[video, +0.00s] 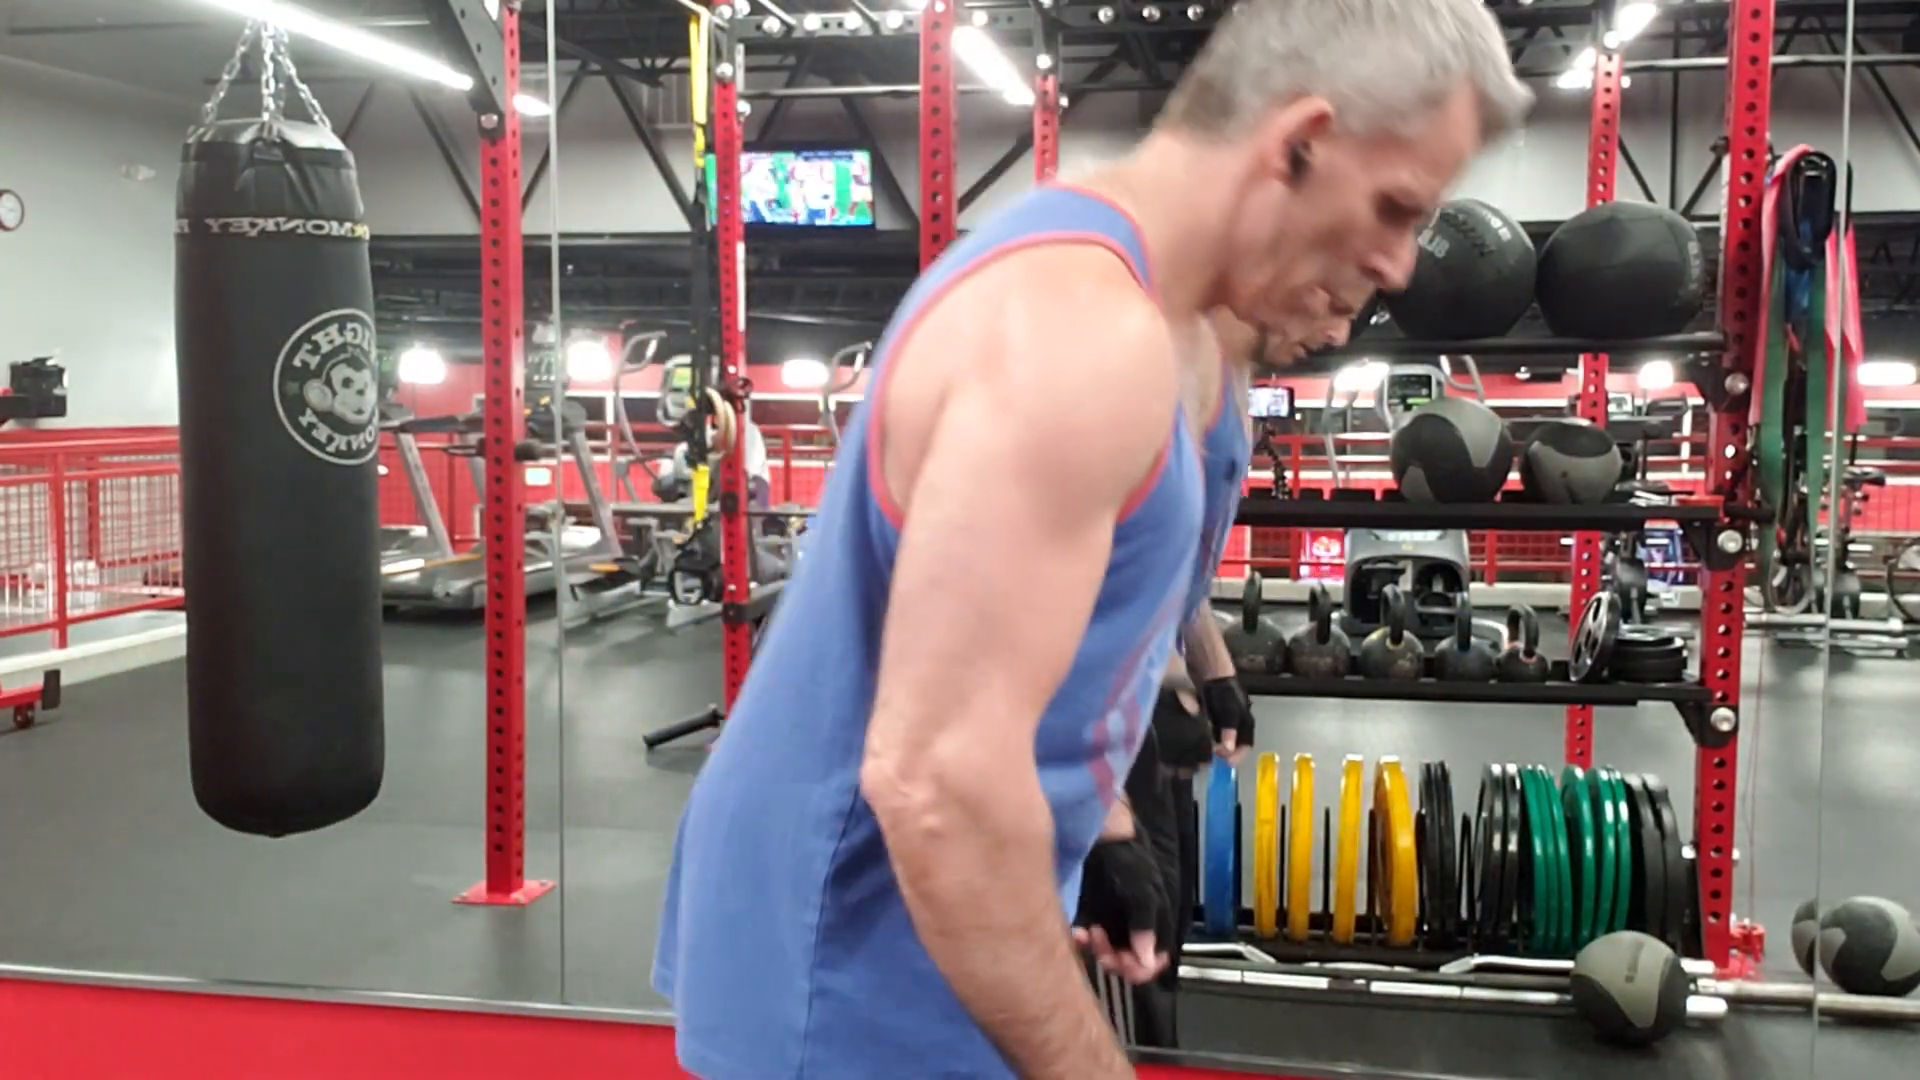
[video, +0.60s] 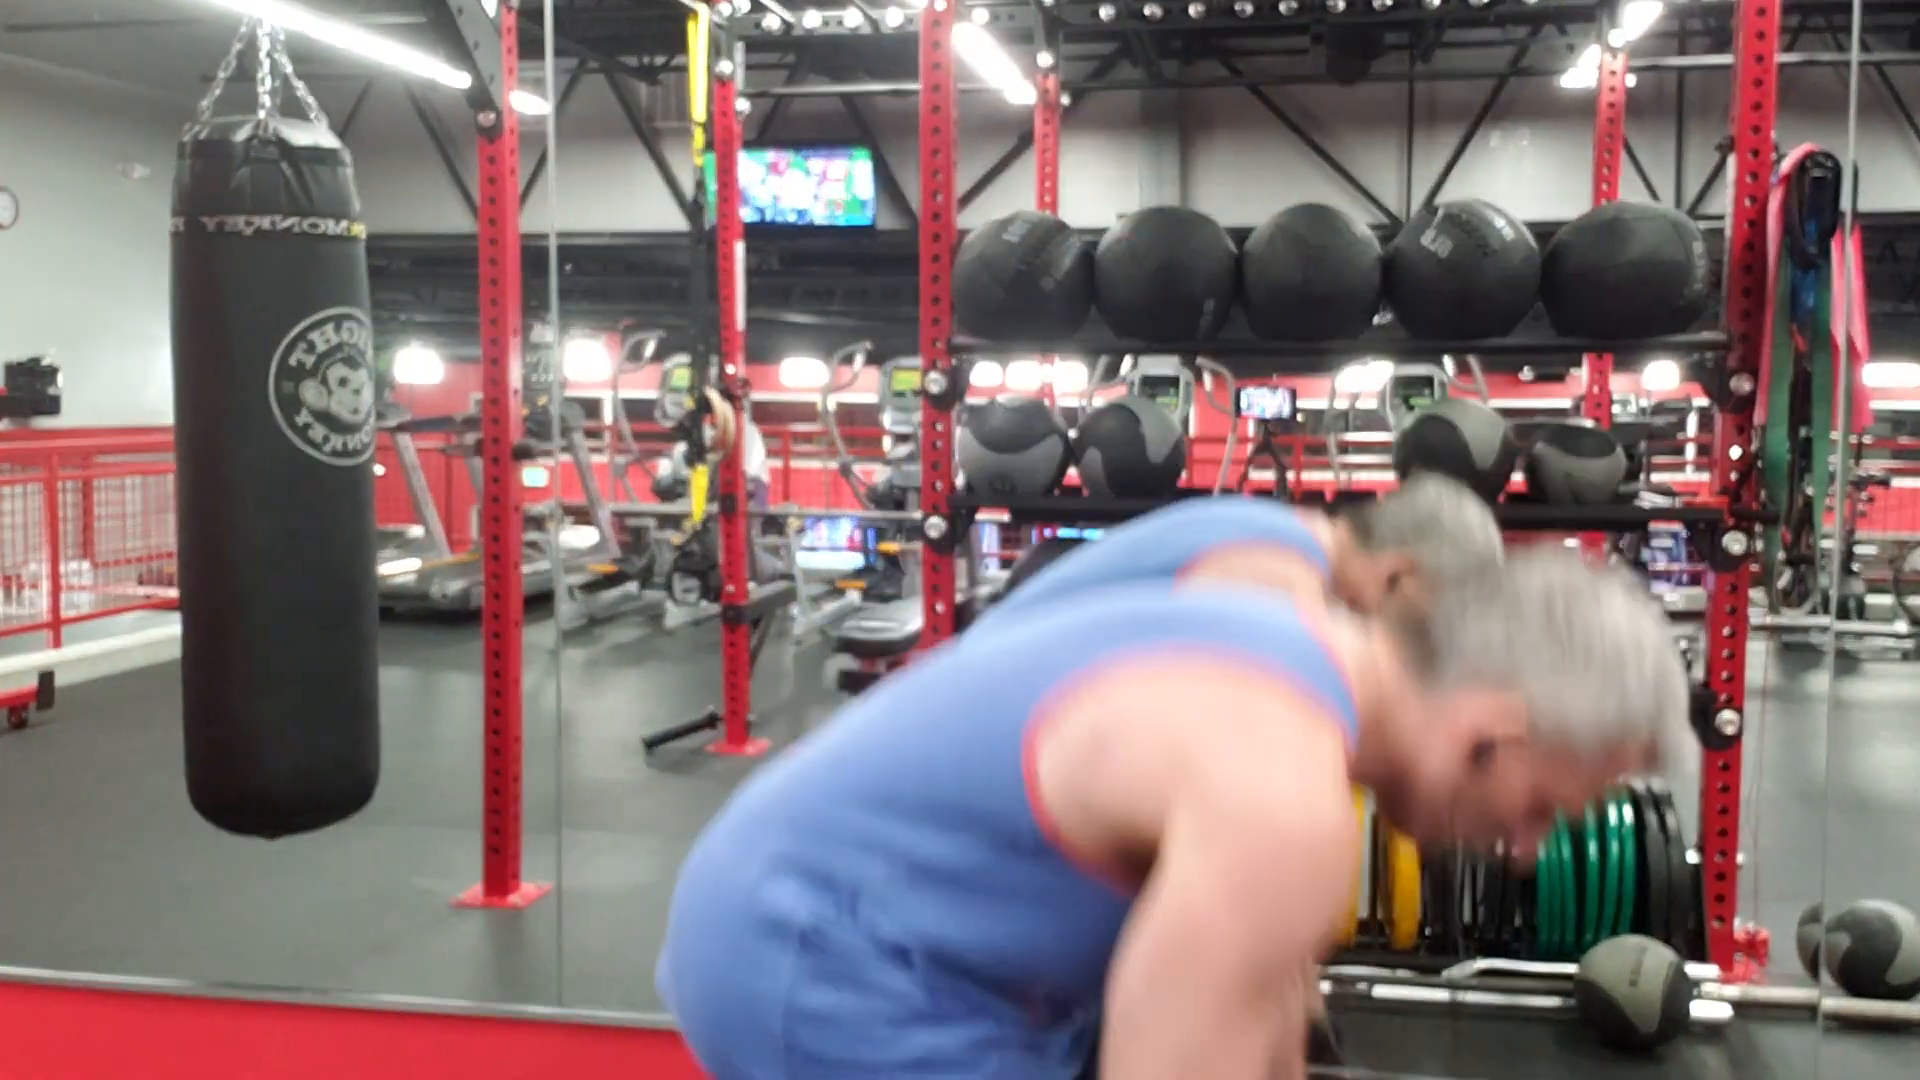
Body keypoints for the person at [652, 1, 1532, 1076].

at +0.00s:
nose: (1400, 268)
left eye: (1419, 227)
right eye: (1396, 209)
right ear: (1294, 144)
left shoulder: (1156, 319)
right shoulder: (1080, 341)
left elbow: (1057, 630)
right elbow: (936, 779)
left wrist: (1107, 835)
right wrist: (1088, 1059)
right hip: (854, 991)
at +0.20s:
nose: (1454, 379)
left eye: (1475, 343)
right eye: (1456, 328)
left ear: (1359, 255)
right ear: (1364, 254)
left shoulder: (1217, 379)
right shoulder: (1139, 402)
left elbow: (1099, 715)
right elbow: (972, 807)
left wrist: (1162, 929)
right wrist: (1080, 1058)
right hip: (872, 955)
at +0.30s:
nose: (1493, 478)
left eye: (1516, 444)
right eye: (1498, 428)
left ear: (1400, 351)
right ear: (1410, 354)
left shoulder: (1206, 402)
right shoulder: (1184, 467)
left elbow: (1143, 775)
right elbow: (1013, 863)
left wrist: (1207, 1010)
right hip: (859, 903)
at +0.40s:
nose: (1515, 587)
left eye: (1541, 561)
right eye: (1527, 547)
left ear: (1444, 454)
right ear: (1451, 468)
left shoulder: (1249, 473)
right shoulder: (1228, 560)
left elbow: (1187, 812)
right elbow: (1060, 939)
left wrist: (1243, 1055)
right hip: (847, 905)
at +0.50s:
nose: (1522, 719)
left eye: (1552, 699)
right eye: (1544, 686)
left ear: (1477, 576)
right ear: (1479, 597)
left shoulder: (1282, 497)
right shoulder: (1256, 677)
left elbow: (1225, 854)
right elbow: (1104, 1048)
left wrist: (1264, 1061)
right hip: (842, 933)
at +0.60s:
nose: (1523, 848)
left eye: (1550, 824)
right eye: (1540, 812)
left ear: (1487, 672)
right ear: (1493, 725)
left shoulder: (1282, 547)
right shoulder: (1276, 803)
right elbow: (1181, 1067)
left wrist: (1267, 1013)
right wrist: (1281, 1029)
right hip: (829, 988)